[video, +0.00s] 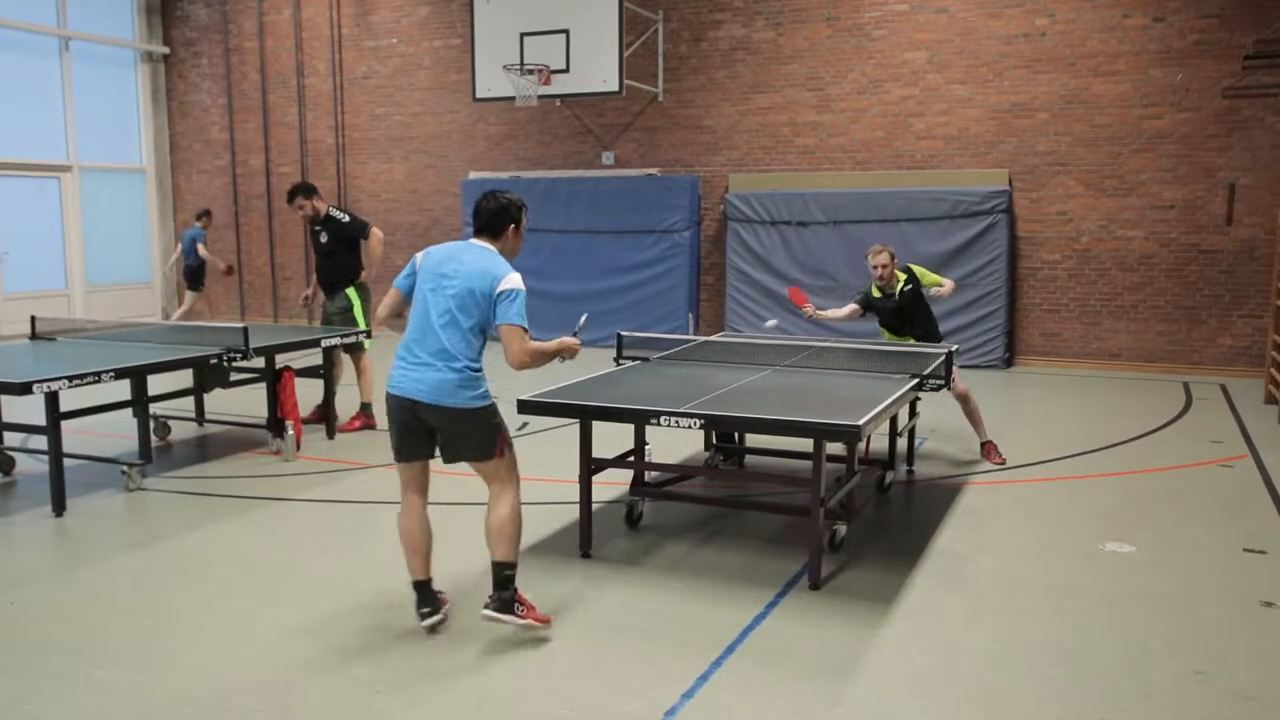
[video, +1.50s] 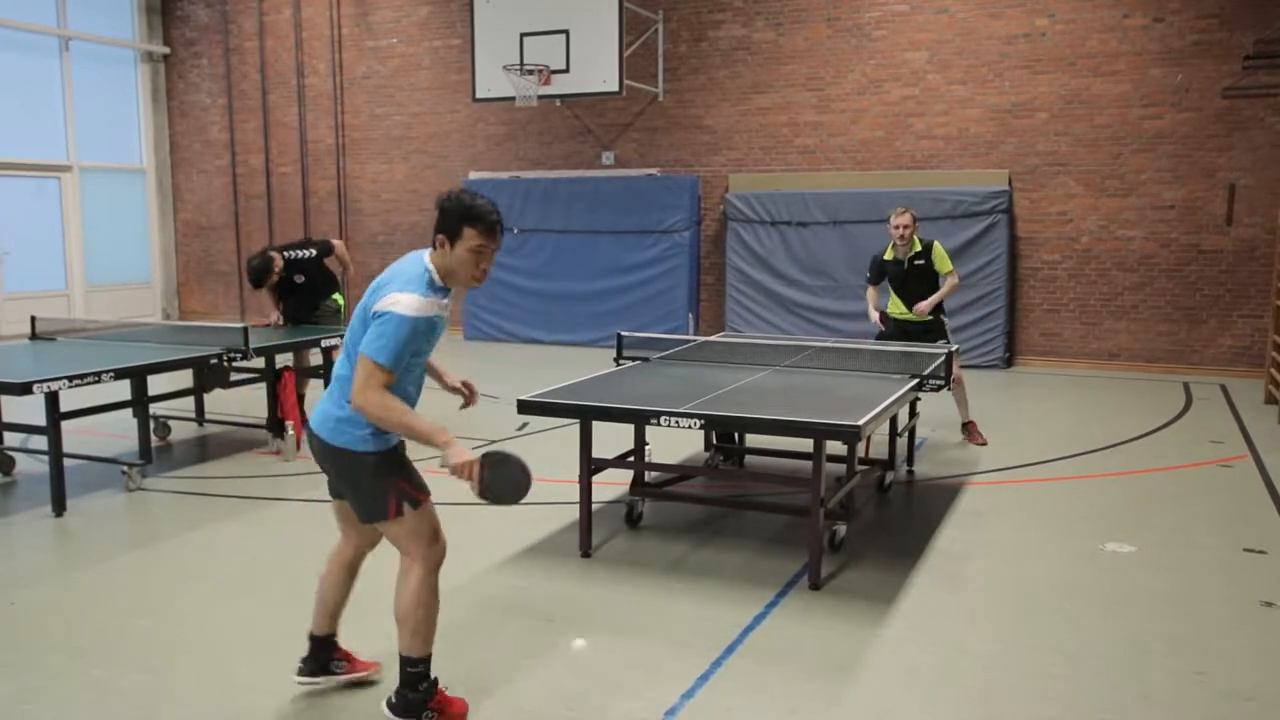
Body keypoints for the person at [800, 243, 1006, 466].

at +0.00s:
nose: (879, 273)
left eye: (883, 267)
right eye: (874, 268)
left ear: (894, 264)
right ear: (870, 269)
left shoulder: (912, 274)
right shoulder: (870, 295)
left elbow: (948, 284)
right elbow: (849, 312)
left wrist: (944, 290)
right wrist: (818, 314)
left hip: (930, 347)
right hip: (894, 352)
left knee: (961, 391)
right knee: (870, 391)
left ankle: (986, 443)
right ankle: (859, 446)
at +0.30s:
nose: (888, 250)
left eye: (892, 244)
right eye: (883, 245)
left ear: (906, 243)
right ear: (880, 247)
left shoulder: (929, 260)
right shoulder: (882, 276)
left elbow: (961, 285)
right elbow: (866, 306)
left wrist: (935, 304)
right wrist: (850, 313)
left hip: (943, 335)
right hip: (907, 337)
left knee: (965, 390)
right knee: (882, 381)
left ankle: (991, 439)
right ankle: (877, 424)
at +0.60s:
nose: (890, 273)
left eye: (895, 267)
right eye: (886, 268)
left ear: (907, 263)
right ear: (882, 268)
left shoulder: (928, 273)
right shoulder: (885, 293)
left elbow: (960, 294)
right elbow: (868, 322)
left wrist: (935, 302)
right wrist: (873, 339)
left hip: (946, 343)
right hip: (912, 346)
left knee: (965, 391)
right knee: (885, 384)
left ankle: (991, 440)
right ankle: (869, 431)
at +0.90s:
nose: (905, 275)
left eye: (910, 270)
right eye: (900, 271)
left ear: (916, 265)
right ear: (892, 268)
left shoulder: (930, 272)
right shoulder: (887, 291)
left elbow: (952, 283)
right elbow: (865, 321)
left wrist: (969, 294)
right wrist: (868, 324)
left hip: (942, 342)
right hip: (907, 345)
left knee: (968, 387)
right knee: (884, 388)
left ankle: (991, 439)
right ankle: (867, 439)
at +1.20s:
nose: (905, 249)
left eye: (909, 244)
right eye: (900, 244)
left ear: (918, 244)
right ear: (893, 245)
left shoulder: (935, 263)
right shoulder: (885, 274)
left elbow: (963, 288)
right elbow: (870, 304)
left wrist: (955, 303)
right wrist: (861, 322)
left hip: (935, 334)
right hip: (899, 334)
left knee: (962, 384)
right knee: (877, 382)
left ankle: (976, 431)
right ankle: (864, 438)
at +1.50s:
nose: (901, 232)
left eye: (906, 227)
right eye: (896, 227)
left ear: (915, 228)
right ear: (889, 229)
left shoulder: (931, 248)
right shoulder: (882, 258)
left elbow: (952, 279)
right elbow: (872, 286)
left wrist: (931, 302)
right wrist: (873, 310)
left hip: (931, 323)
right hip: (896, 322)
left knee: (955, 374)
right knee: (877, 372)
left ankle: (967, 423)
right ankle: (866, 429)